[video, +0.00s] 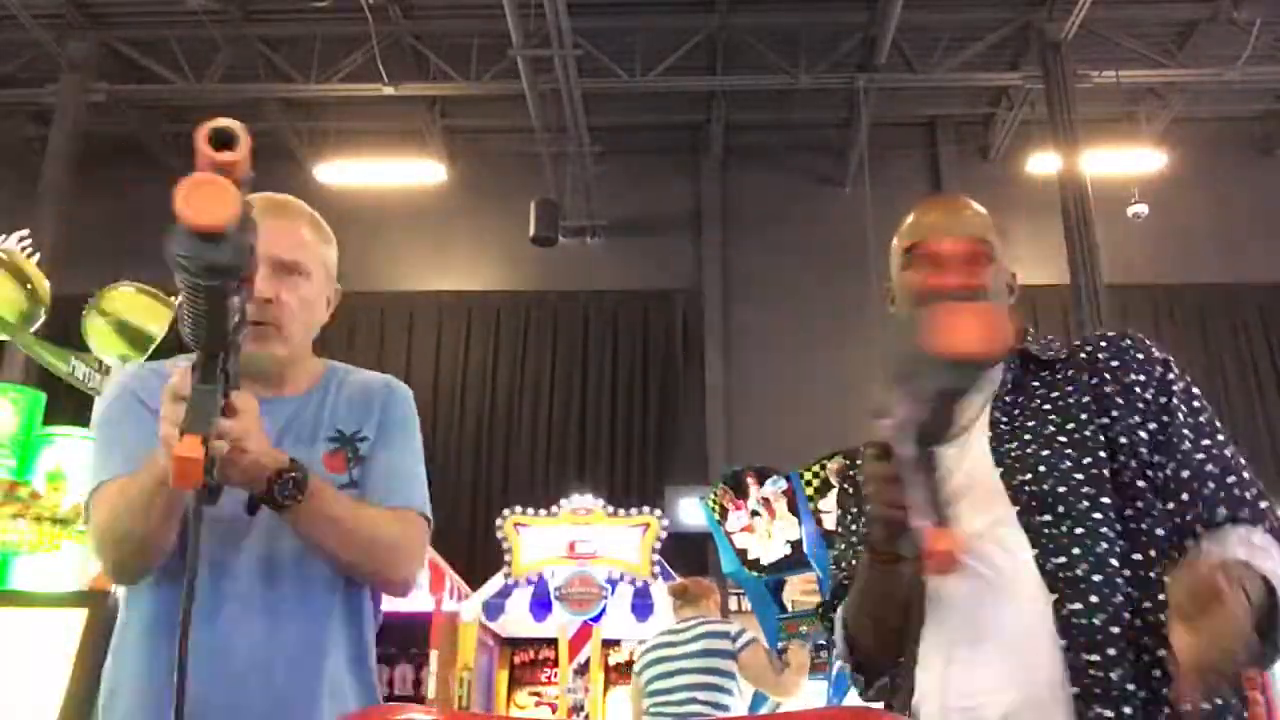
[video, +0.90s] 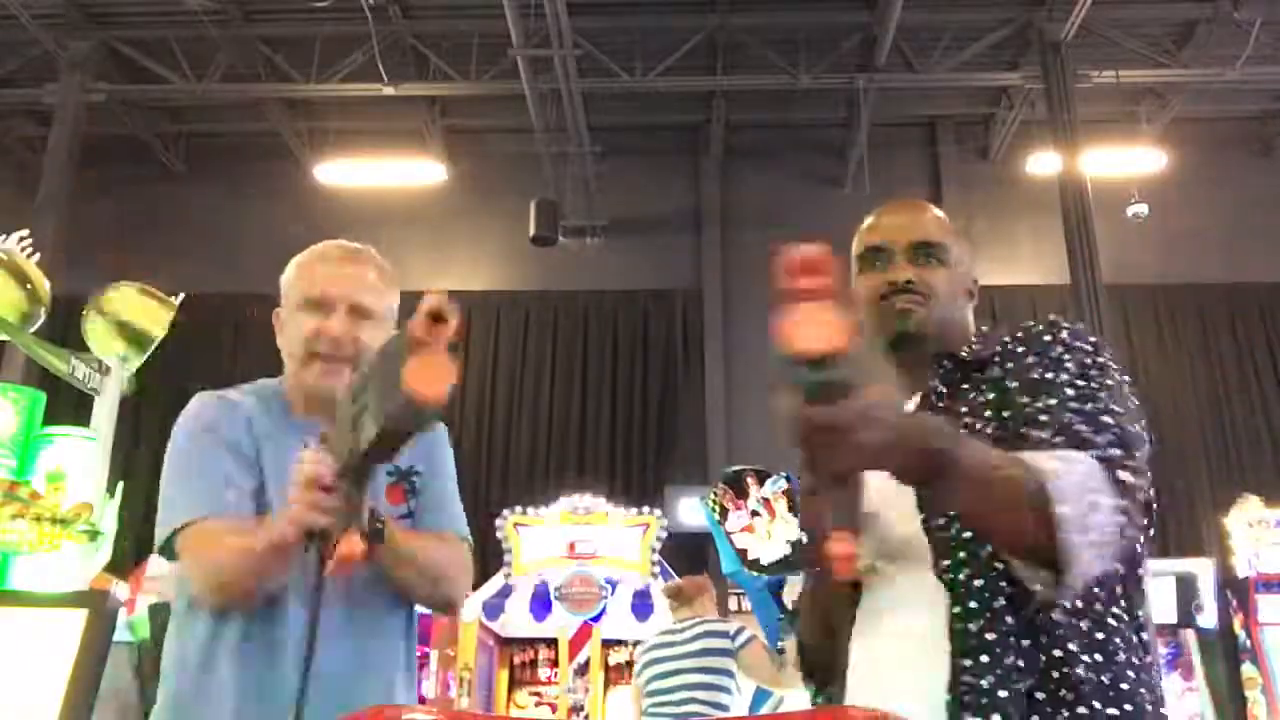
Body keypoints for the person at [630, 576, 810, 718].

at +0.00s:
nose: (722, 611)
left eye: (721, 606)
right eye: (720, 605)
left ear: (675, 611)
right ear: (713, 602)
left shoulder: (646, 649)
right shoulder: (730, 632)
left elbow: (638, 714)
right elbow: (785, 688)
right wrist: (800, 657)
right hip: (712, 713)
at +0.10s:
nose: (722, 610)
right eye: (720, 604)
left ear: (675, 610)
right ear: (713, 602)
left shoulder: (646, 649)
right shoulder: (730, 633)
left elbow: (638, 714)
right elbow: (780, 691)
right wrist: (797, 663)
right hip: (713, 712)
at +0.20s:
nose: (722, 608)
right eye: (720, 602)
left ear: (677, 609)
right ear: (713, 601)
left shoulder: (647, 648)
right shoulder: (731, 633)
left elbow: (637, 712)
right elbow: (759, 690)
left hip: (657, 715)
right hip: (712, 713)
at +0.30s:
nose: (721, 606)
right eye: (720, 601)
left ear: (677, 608)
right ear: (713, 600)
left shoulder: (646, 648)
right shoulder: (729, 632)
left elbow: (638, 711)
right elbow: (749, 694)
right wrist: (768, 693)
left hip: (657, 714)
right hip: (708, 712)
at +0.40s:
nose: (720, 607)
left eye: (719, 601)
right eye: (717, 600)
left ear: (675, 607)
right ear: (710, 597)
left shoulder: (647, 646)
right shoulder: (728, 632)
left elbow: (637, 712)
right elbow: (764, 696)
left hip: (656, 715)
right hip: (706, 713)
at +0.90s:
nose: (716, 607)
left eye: (714, 601)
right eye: (714, 600)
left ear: (672, 609)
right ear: (707, 599)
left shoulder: (645, 648)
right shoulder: (729, 632)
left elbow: (639, 710)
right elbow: (779, 679)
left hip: (656, 715)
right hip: (709, 714)